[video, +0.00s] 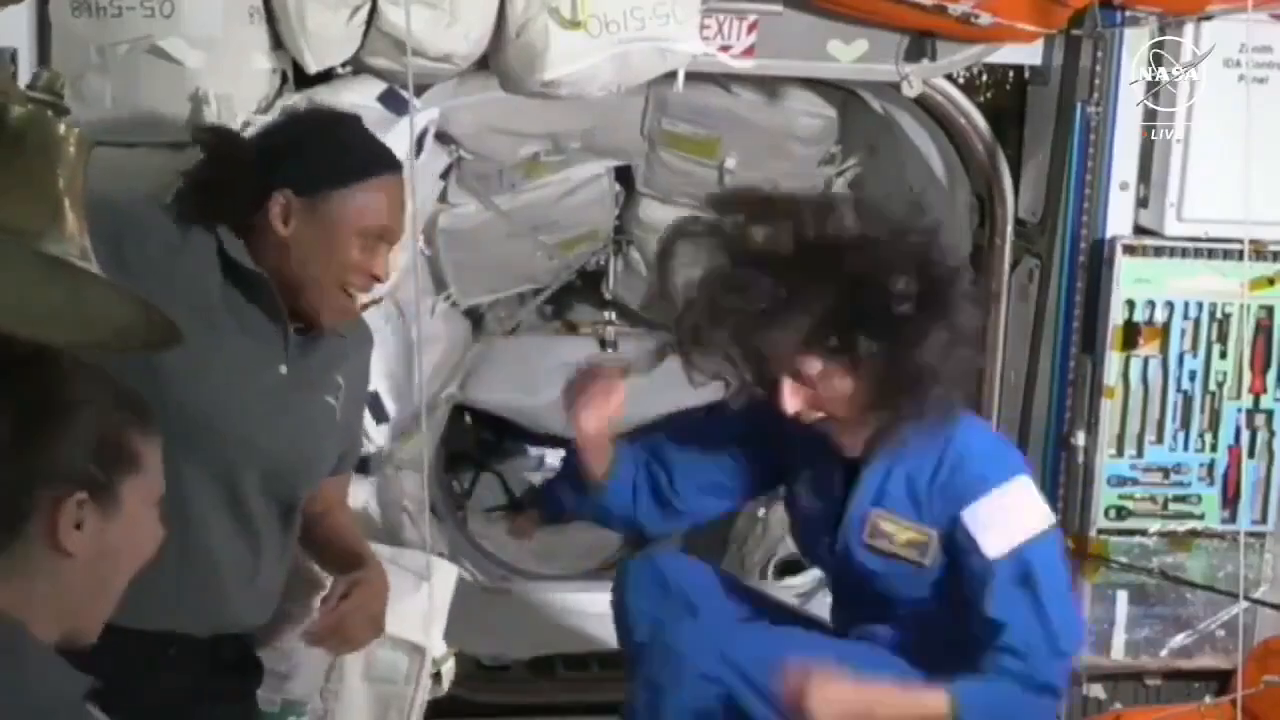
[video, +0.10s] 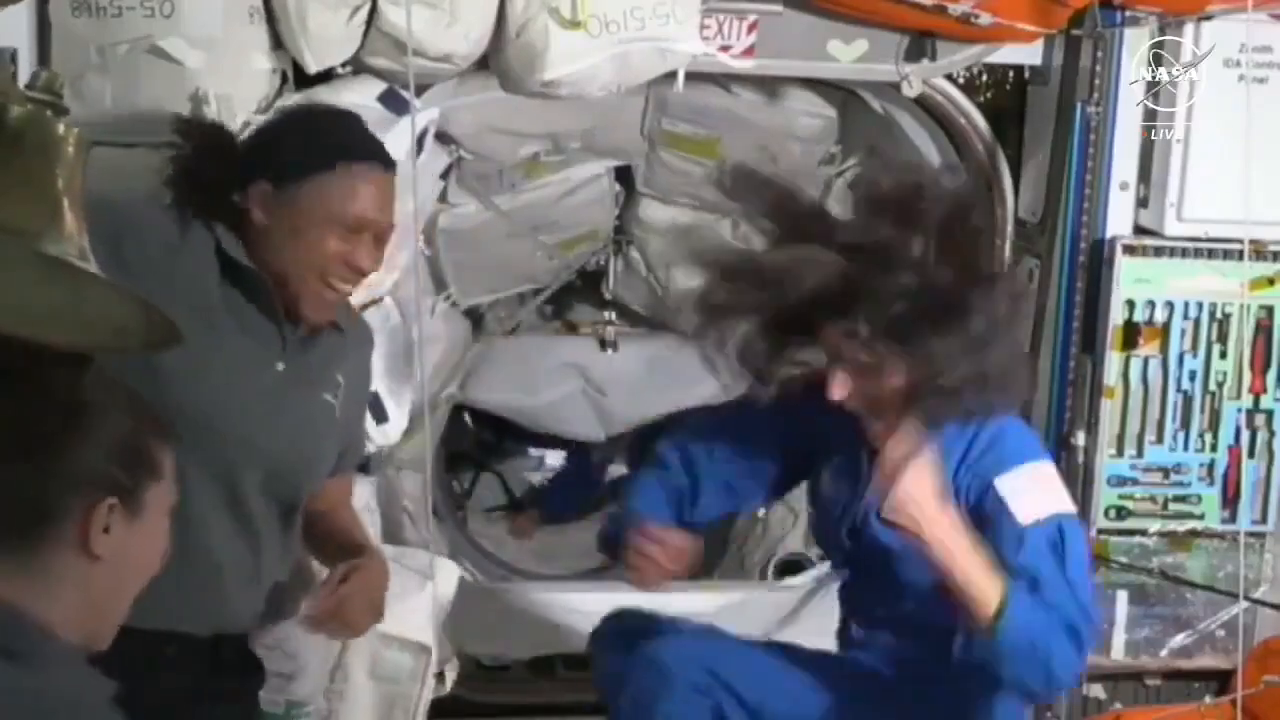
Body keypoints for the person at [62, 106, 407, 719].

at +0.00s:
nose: (383, 272)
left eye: (392, 247)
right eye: (371, 241)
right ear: (285, 214)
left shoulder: (345, 344)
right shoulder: (133, 254)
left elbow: (323, 504)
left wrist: (364, 569)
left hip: (222, 668)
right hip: (84, 648)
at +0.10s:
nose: (367, 263)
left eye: (380, 240)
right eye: (349, 231)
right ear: (262, 205)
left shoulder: (346, 342)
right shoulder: (139, 248)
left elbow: (326, 500)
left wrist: (365, 559)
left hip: (223, 664)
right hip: (86, 645)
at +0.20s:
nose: (322, 247)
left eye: (351, 229)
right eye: (304, 211)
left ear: (370, 239)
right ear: (246, 192)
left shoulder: (349, 345)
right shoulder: (145, 250)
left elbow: (332, 503)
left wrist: (363, 554)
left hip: (222, 654)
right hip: (85, 634)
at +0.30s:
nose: (281, 226)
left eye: (319, 212)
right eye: (266, 192)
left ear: (361, 239)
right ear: (237, 186)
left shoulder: (353, 347)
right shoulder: (142, 246)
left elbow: (344, 521)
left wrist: (354, 566)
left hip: (218, 645)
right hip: (77, 616)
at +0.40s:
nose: (272, 222)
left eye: (310, 208)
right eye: (260, 190)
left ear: (357, 238)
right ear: (235, 186)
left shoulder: (356, 354)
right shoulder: (151, 244)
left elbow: (353, 524)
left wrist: (357, 564)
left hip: (214, 641)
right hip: (69, 606)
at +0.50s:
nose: (271, 221)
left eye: (310, 207)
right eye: (260, 188)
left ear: (357, 237)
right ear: (234, 186)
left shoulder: (357, 354)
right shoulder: (162, 244)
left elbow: (358, 524)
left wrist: (357, 561)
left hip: (212, 639)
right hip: (72, 599)